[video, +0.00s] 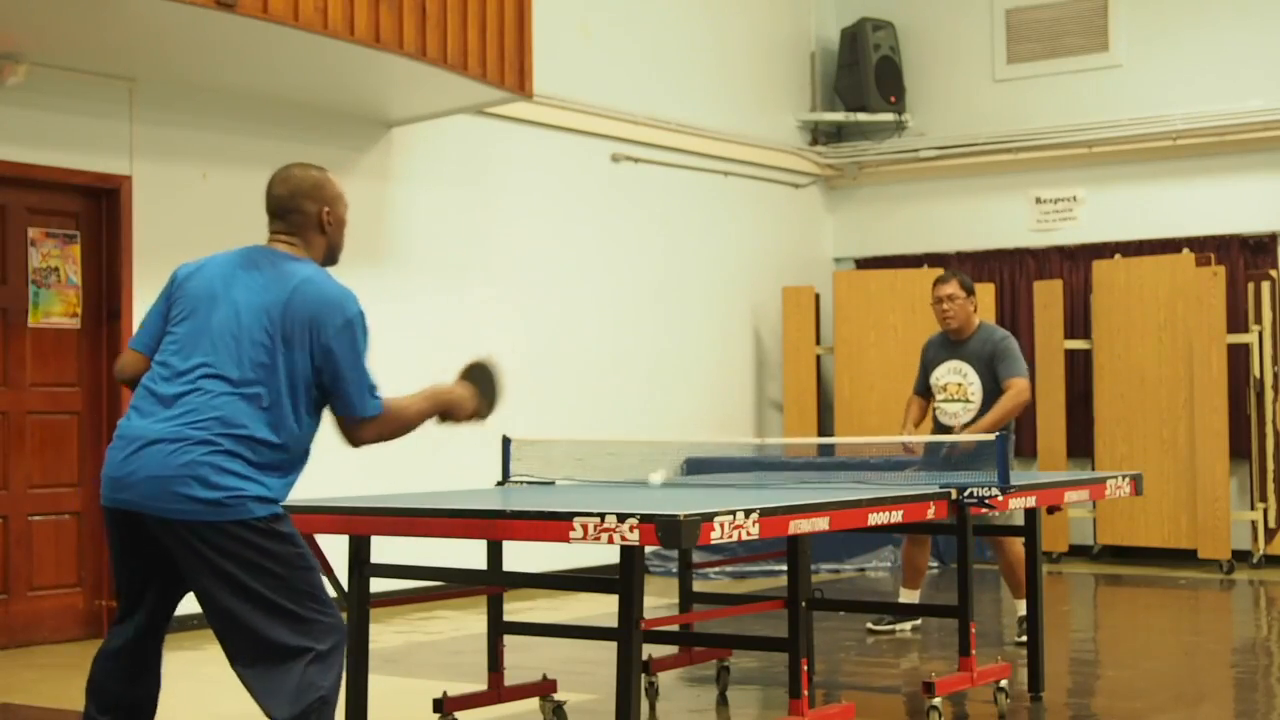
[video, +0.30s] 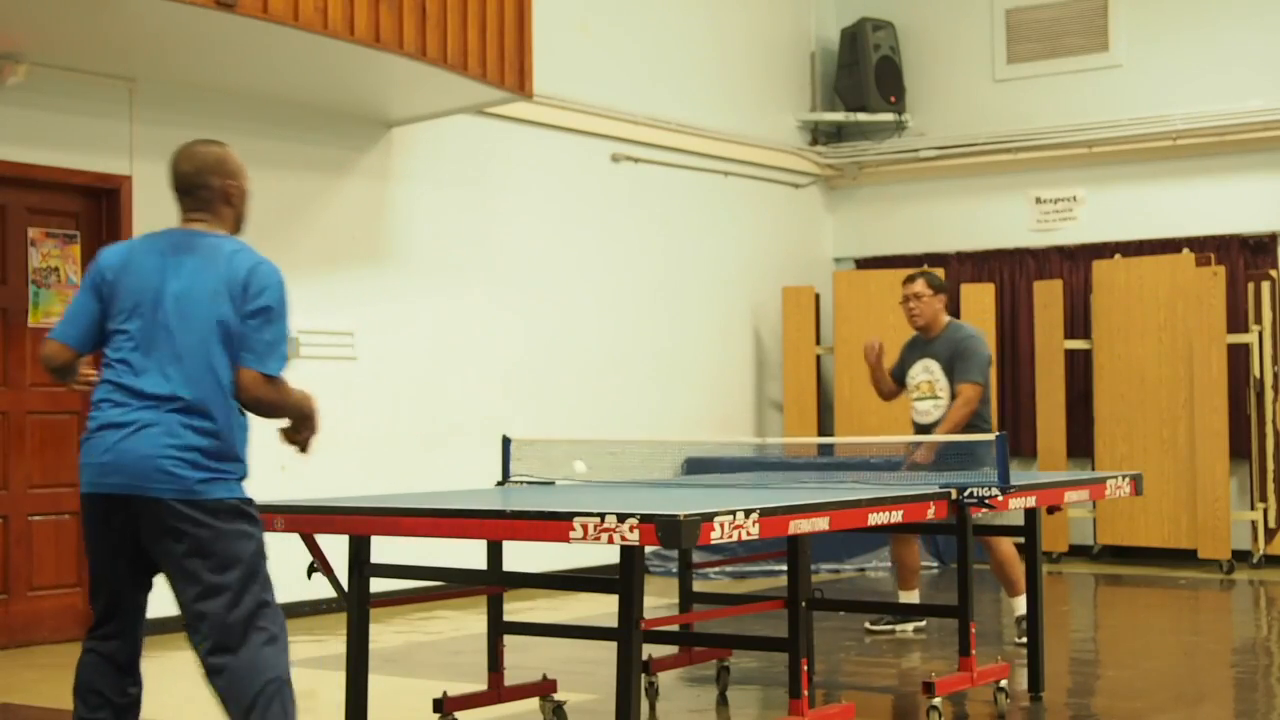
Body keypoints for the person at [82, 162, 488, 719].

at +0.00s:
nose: (345, 227)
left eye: (344, 216)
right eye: (343, 216)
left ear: (273, 218)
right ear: (324, 217)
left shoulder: (194, 273)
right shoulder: (328, 300)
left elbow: (130, 367)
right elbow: (362, 425)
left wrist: (204, 393)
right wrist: (439, 399)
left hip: (127, 484)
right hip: (221, 496)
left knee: (137, 625)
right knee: (316, 637)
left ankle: (105, 715)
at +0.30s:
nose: (246, 195)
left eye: (243, 186)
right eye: (243, 186)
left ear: (181, 196)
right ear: (230, 192)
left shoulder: (116, 259)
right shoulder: (253, 271)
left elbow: (56, 355)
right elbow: (253, 388)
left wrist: (80, 374)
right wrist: (301, 406)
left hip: (105, 477)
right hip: (193, 481)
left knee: (111, 634)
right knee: (247, 640)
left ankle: (99, 716)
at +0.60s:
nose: (216, 190)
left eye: (215, 180)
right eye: (214, 180)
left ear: (148, 190)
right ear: (198, 183)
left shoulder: (93, 258)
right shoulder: (211, 258)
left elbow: (49, 356)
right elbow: (212, 364)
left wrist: (111, 372)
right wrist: (281, 382)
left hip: (79, 467)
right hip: (164, 474)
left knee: (90, 631)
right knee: (168, 629)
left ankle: (89, 714)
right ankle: (150, 715)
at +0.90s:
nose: (243, 205)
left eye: (239, 195)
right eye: (239, 195)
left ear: (183, 199)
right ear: (224, 197)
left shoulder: (122, 260)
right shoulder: (215, 270)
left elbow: (71, 337)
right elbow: (200, 371)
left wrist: (132, 372)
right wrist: (276, 391)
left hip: (90, 458)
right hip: (150, 466)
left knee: (129, 599)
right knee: (161, 613)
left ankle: (88, 708)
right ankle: (146, 712)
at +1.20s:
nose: (278, 280)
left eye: (278, 271)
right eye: (277, 269)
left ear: (231, 258)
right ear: (262, 261)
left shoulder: (204, 299)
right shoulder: (229, 296)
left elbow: (170, 396)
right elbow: (195, 369)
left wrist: (212, 469)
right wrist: (252, 423)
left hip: (140, 469)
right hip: (143, 471)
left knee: (183, 578)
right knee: (169, 595)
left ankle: (195, 700)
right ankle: (141, 712)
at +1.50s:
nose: (296, 318)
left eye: (297, 309)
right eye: (295, 307)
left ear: (269, 297)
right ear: (281, 297)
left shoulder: (246, 373)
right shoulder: (245, 304)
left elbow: (255, 448)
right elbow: (191, 341)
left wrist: (280, 507)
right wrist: (201, 431)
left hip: (156, 462)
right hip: (137, 449)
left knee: (186, 565)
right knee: (117, 584)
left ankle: (199, 704)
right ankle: (63, 708)